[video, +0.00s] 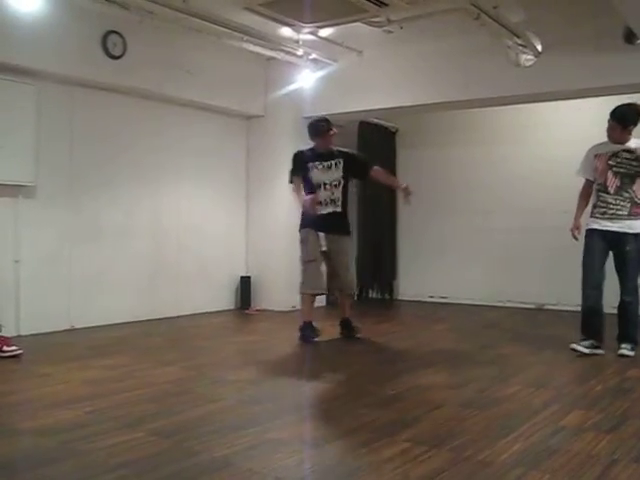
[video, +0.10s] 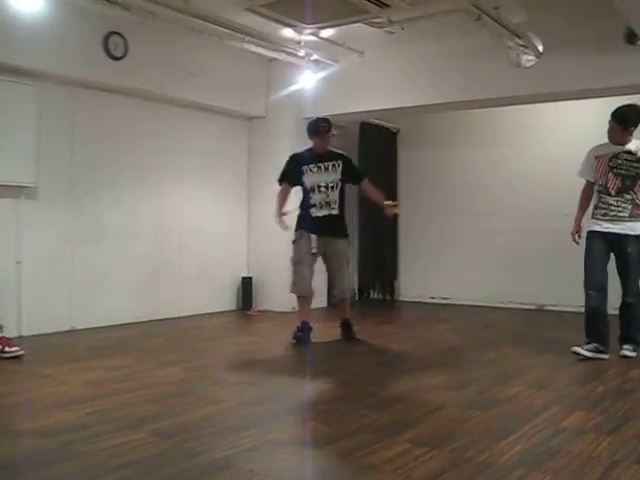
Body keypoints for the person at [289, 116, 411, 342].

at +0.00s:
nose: (333, 136)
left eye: (332, 133)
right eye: (329, 133)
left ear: (330, 135)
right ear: (318, 136)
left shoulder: (345, 157)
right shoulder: (302, 158)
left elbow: (373, 171)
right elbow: (296, 183)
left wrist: (398, 185)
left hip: (338, 225)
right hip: (311, 225)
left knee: (345, 274)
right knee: (311, 272)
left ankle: (346, 322)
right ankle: (307, 324)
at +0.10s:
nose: (325, 140)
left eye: (327, 135)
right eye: (321, 136)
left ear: (331, 135)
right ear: (313, 136)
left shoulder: (341, 160)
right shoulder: (298, 161)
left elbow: (364, 184)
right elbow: (285, 186)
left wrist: (384, 202)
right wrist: (280, 210)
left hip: (335, 227)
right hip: (306, 227)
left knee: (342, 277)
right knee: (302, 276)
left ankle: (346, 323)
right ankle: (304, 325)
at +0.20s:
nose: (324, 139)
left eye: (327, 134)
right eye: (320, 135)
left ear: (331, 135)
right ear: (310, 134)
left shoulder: (337, 159)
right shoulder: (296, 159)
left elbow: (349, 187)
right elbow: (278, 187)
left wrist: (363, 209)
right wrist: (264, 214)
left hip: (332, 228)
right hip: (304, 228)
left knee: (339, 276)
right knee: (298, 277)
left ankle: (343, 321)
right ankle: (303, 324)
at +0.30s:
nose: (325, 140)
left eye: (327, 135)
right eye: (322, 135)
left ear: (329, 135)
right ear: (311, 134)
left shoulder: (333, 156)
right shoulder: (295, 156)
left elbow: (339, 184)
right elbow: (274, 182)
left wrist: (351, 205)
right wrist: (250, 202)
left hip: (330, 227)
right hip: (303, 227)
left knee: (337, 278)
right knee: (298, 279)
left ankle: (336, 323)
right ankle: (302, 325)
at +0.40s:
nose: (326, 141)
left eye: (328, 137)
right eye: (323, 136)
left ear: (330, 136)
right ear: (312, 135)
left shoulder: (332, 154)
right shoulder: (294, 153)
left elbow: (336, 180)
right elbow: (270, 173)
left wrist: (352, 196)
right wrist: (241, 179)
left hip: (327, 224)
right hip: (300, 225)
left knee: (336, 277)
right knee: (298, 277)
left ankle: (332, 324)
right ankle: (300, 326)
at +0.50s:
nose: (326, 143)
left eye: (328, 139)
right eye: (322, 139)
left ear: (329, 138)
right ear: (312, 137)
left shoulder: (331, 155)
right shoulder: (294, 153)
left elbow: (336, 174)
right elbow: (271, 165)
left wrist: (357, 180)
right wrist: (244, 158)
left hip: (325, 222)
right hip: (299, 222)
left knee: (336, 273)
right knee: (297, 272)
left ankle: (332, 323)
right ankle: (294, 325)